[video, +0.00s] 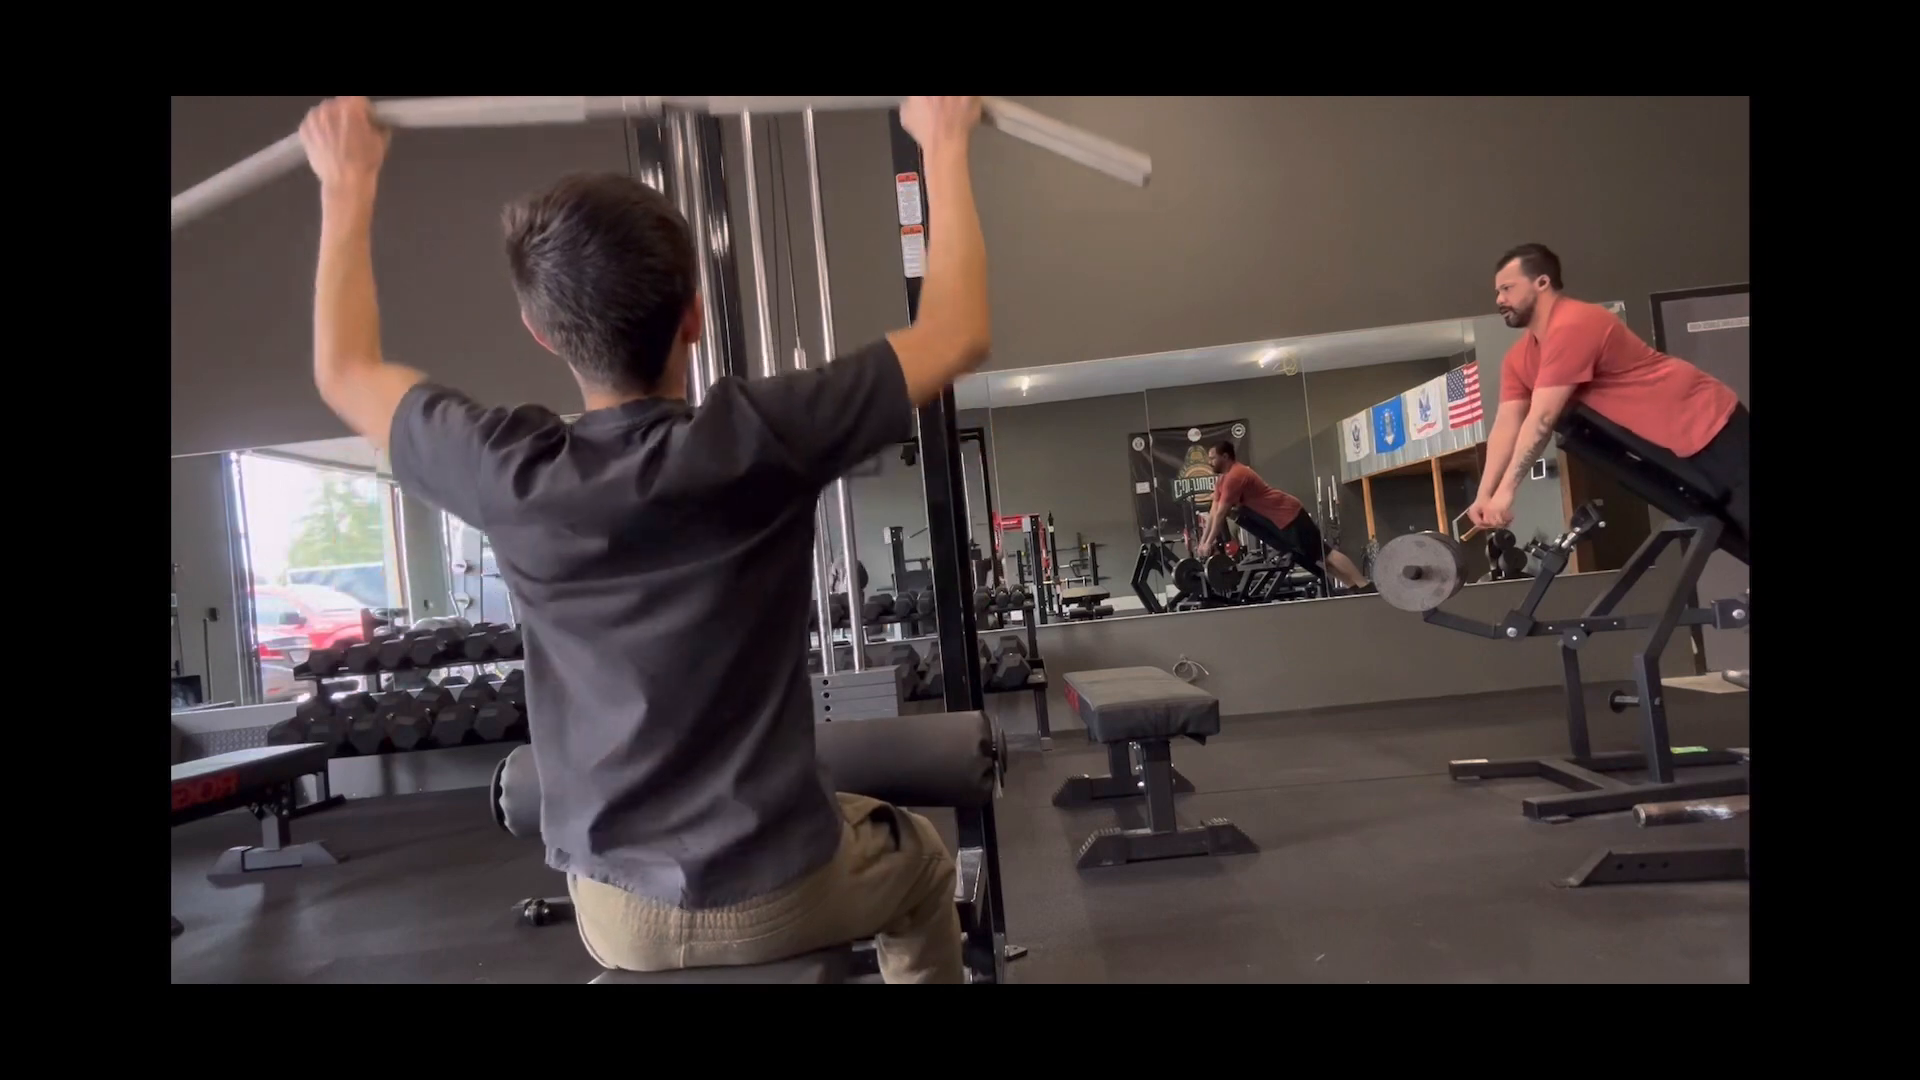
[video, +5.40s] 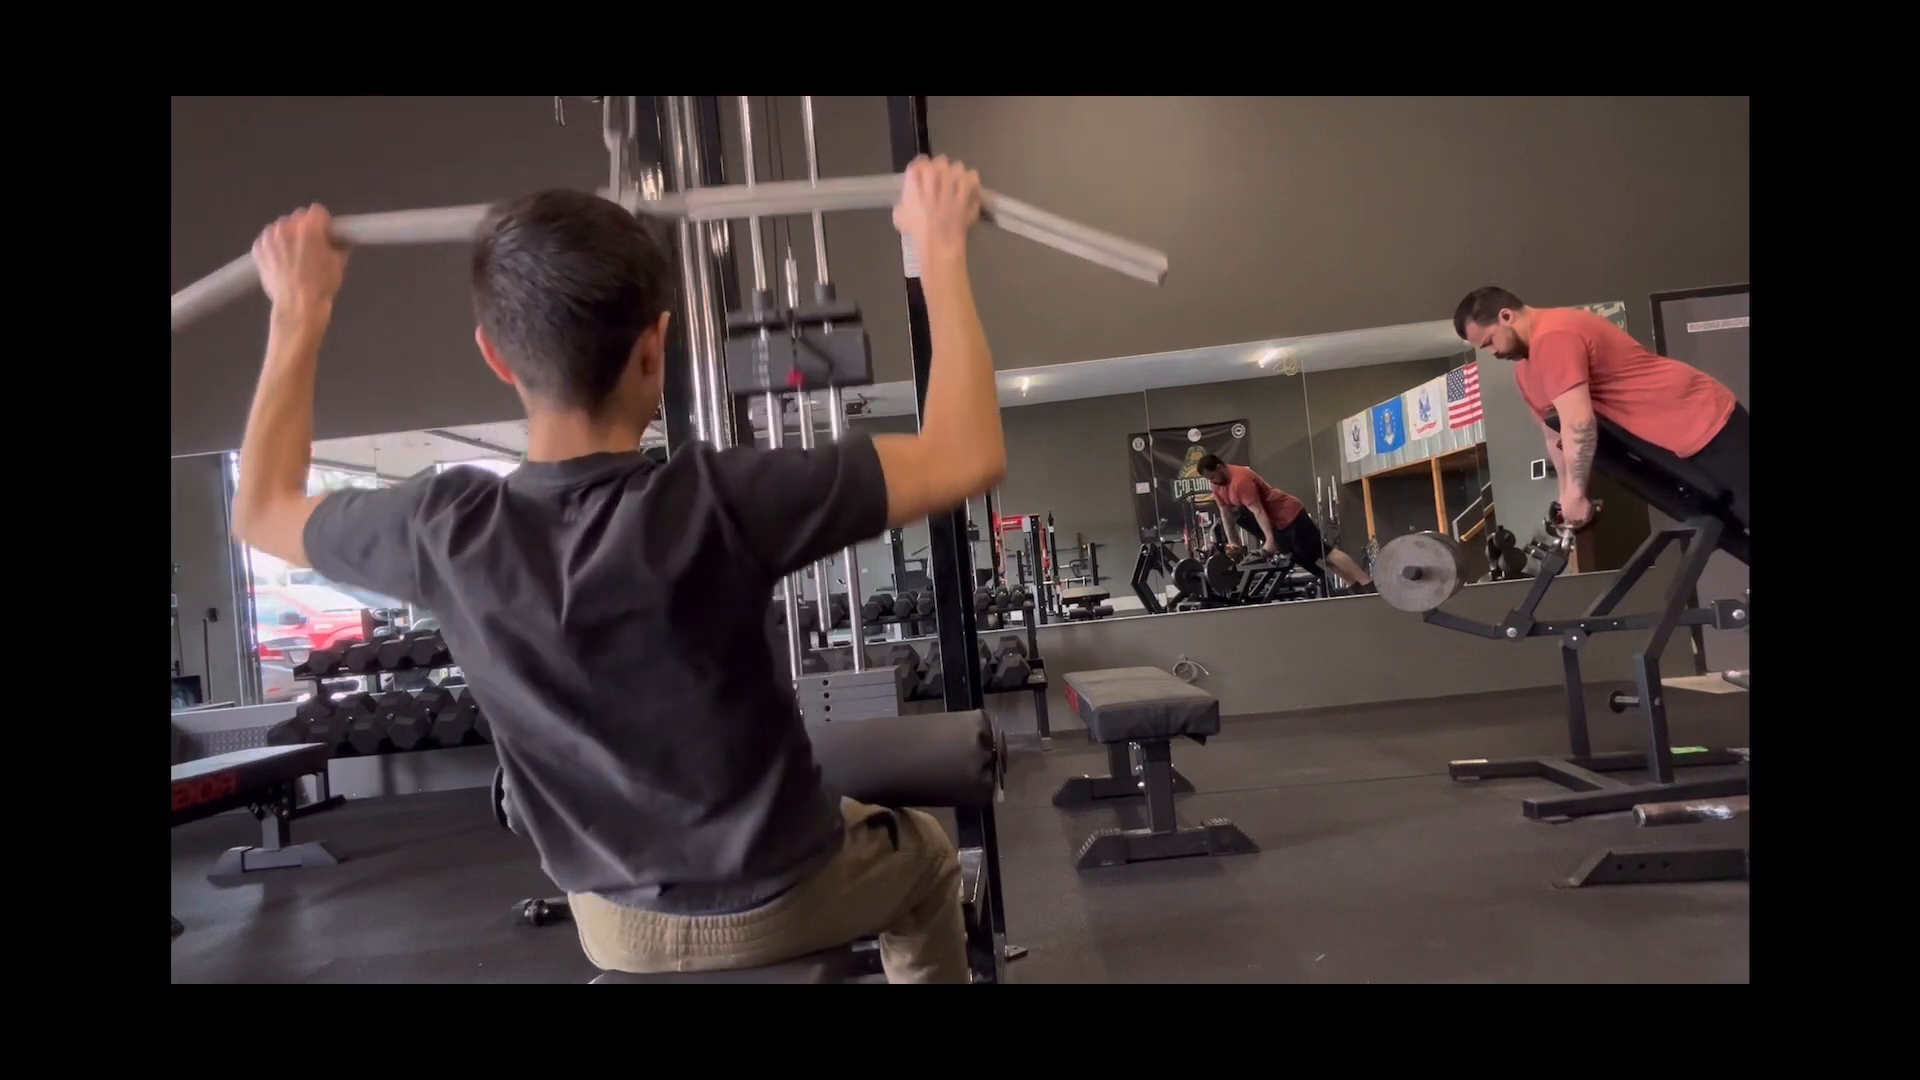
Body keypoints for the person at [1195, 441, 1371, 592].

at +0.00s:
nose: (1209, 461)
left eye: (1212, 457)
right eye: (1209, 458)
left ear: (1225, 456)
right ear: (1221, 458)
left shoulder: (1236, 475)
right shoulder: (1221, 480)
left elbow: (1222, 512)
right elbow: (1213, 512)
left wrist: (1210, 542)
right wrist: (1204, 541)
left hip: (1291, 513)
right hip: (1279, 523)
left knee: (1325, 552)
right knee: (1317, 560)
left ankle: (1363, 584)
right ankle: (1353, 586)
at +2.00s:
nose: (1216, 466)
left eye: (1219, 461)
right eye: (1212, 464)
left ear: (1226, 458)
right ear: (1210, 467)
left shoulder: (1237, 475)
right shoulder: (1220, 482)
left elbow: (1224, 512)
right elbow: (1214, 512)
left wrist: (1211, 540)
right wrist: (1206, 539)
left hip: (1290, 514)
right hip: (1279, 525)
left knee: (1326, 551)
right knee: (1319, 558)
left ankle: (1370, 578)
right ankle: (1356, 583)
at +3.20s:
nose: (1212, 475)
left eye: (1213, 470)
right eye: (1209, 473)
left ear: (1221, 462)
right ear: (1208, 472)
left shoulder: (1239, 475)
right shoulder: (1220, 485)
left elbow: (1241, 510)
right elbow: (1219, 512)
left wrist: (1233, 541)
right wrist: (1211, 539)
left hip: (1289, 514)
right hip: (1276, 526)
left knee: (1324, 551)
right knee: (1315, 558)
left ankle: (1367, 581)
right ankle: (1354, 583)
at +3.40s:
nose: (1214, 475)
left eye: (1214, 470)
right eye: (1210, 473)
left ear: (1221, 463)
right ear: (1208, 473)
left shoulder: (1240, 475)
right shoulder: (1220, 485)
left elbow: (1257, 505)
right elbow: (1225, 510)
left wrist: (1258, 537)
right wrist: (1223, 538)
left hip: (1289, 514)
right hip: (1274, 525)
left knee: (1323, 551)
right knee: (1313, 559)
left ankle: (1368, 581)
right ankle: (1354, 583)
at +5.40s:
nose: (1213, 480)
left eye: (1213, 474)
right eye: (1209, 478)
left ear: (1221, 466)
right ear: (1206, 477)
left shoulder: (1241, 479)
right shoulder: (1217, 487)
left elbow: (1258, 511)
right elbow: (1226, 514)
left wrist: (1269, 539)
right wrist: (1232, 541)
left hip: (1290, 514)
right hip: (1275, 523)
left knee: (1325, 551)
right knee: (1315, 558)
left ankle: (1368, 583)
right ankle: (1353, 584)